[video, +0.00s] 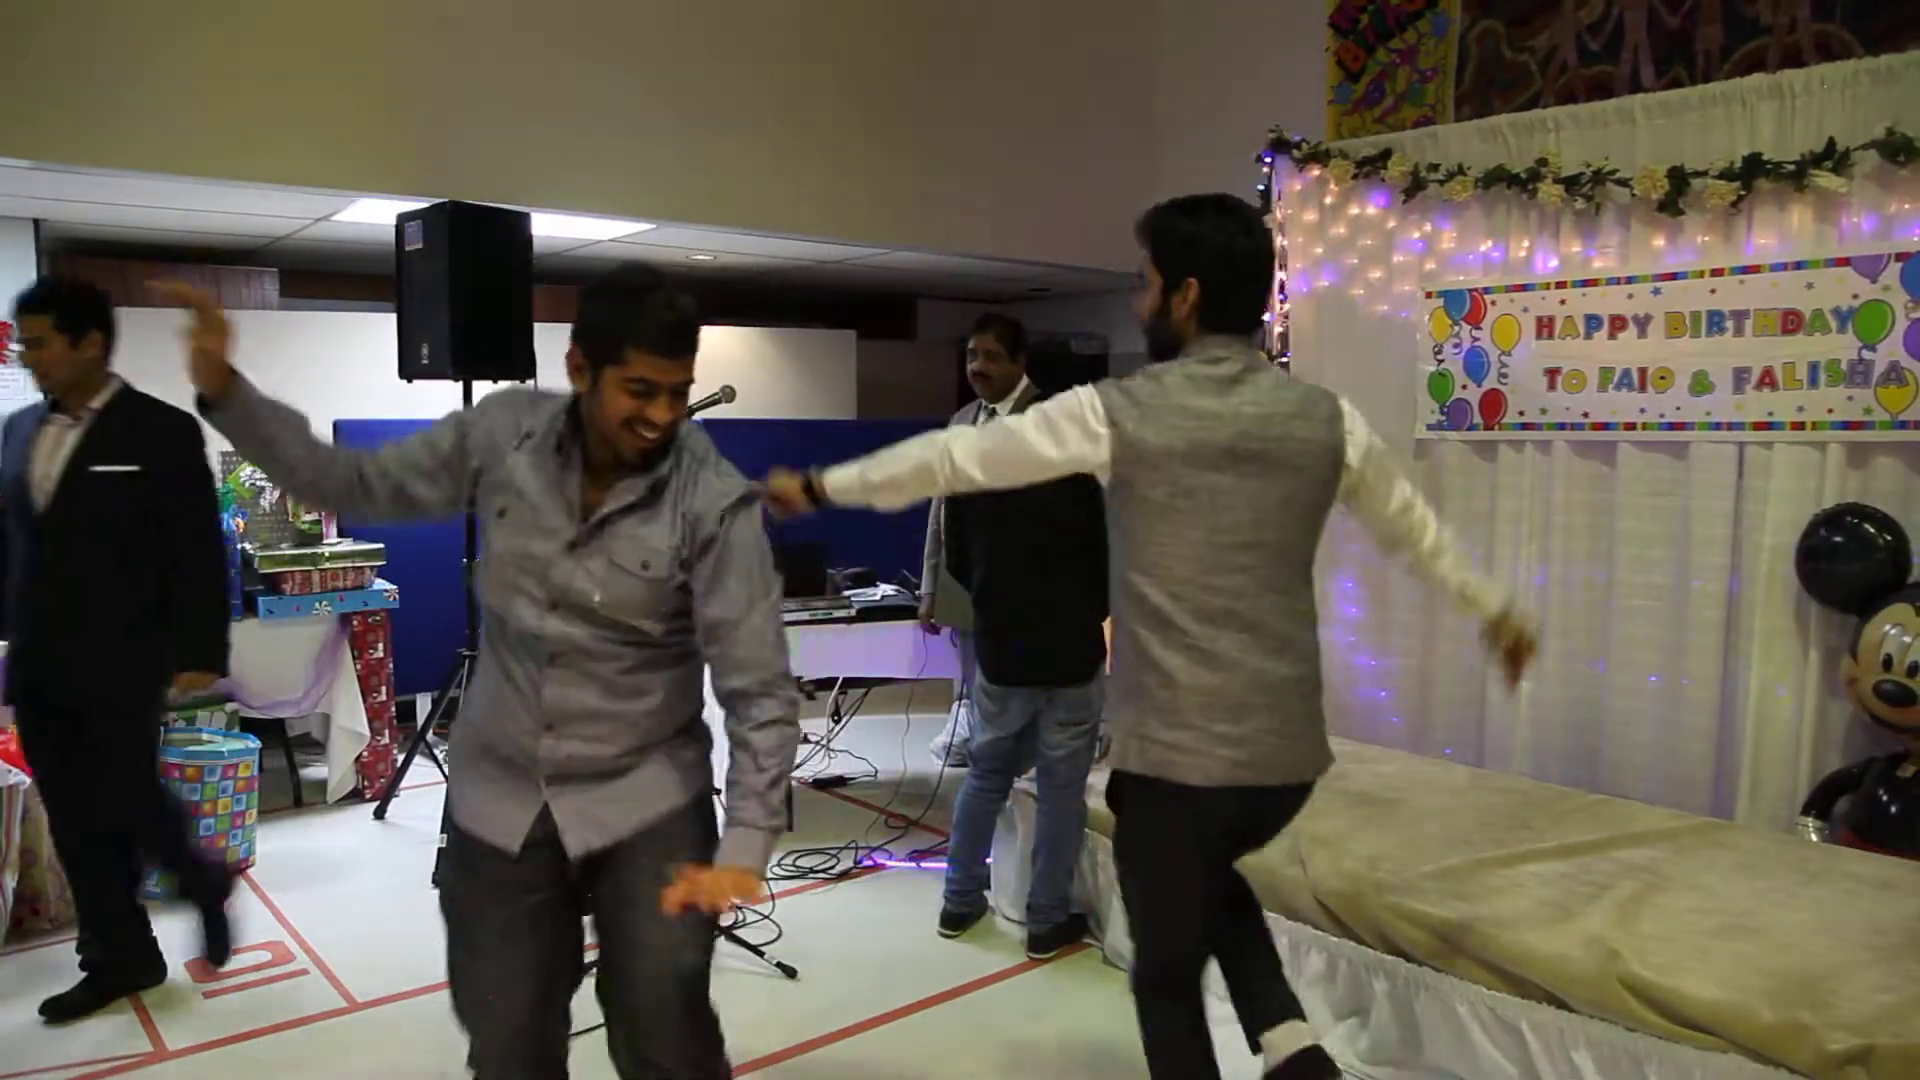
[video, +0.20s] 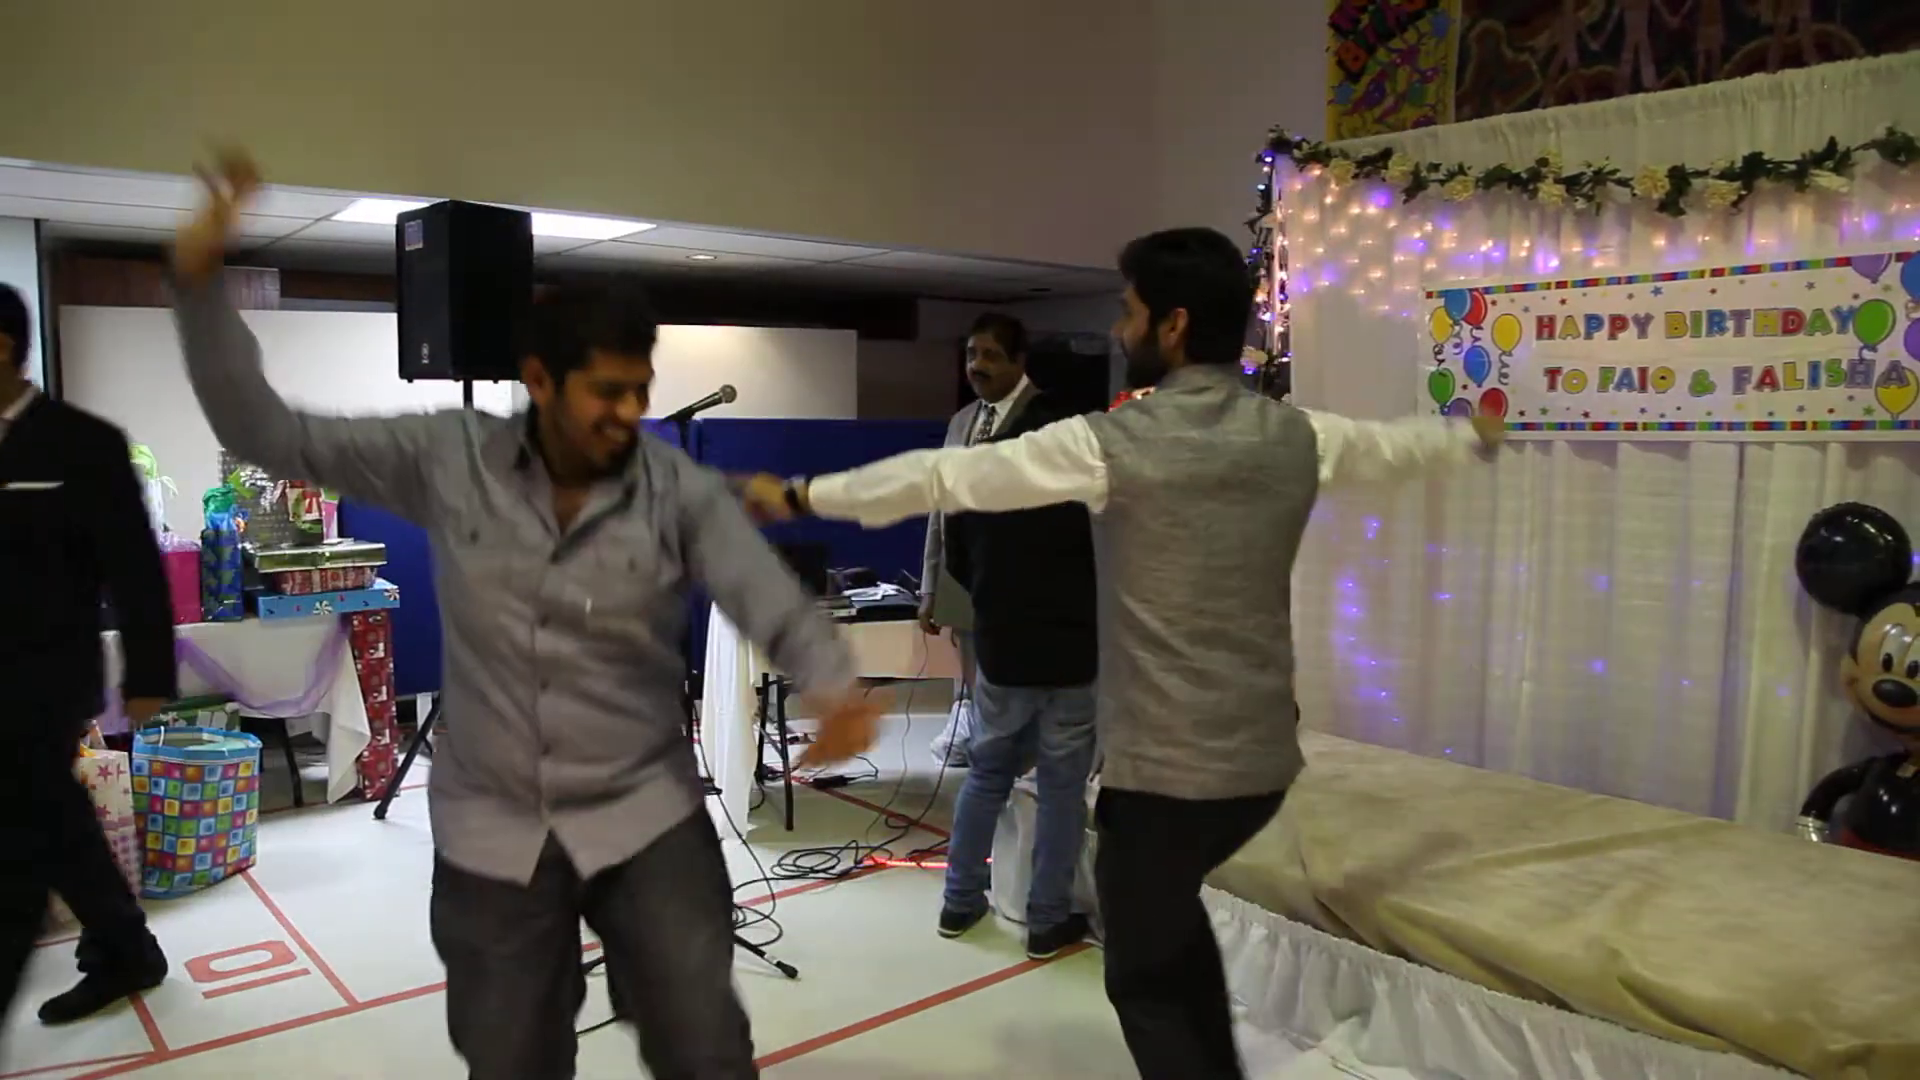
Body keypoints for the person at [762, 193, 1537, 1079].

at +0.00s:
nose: (1139, 299)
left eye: (1146, 282)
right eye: (1143, 280)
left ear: (1186, 295)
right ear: (1255, 296)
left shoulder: (1124, 411)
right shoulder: (1323, 416)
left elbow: (969, 455)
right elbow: (1415, 528)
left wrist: (825, 485)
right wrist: (1497, 612)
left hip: (1176, 762)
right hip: (1287, 758)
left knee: (1169, 982)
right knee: (1209, 871)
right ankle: (1289, 1045)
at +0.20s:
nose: (1119, 328)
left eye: (1129, 312)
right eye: (1121, 310)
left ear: (1172, 323)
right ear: (1227, 325)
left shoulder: (1123, 438)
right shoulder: (1298, 434)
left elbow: (965, 475)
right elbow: (1393, 447)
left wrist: (809, 495)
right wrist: (1471, 434)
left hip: (1164, 774)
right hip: (1258, 768)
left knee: (1145, 981)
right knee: (1159, 923)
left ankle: (1203, 1075)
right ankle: (1211, 1062)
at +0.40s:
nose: (1097, 324)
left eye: (1111, 308)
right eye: (1102, 306)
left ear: (1159, 325)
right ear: (1184, 325)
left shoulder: (1115, 442)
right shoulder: (1258, 416)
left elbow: (974, 530)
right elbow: (1315, 359)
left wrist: (828, 605)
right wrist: (1341, 298)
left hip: (1160, 748)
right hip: (1240, 734)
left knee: (1126, 939)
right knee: (1148, 908)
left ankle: (1174, 1075)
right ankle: (1162, 1062)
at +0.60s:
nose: (1083, 339)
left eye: (1100, 327)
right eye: (1088, 323)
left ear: (1154, 341)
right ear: (1171, 343)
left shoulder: (1124, 466)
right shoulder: (1214, 419)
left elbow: (1028, 602)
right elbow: (1205, 341)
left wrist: (927, 739)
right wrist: (1196, 243)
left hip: (1158, 725)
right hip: (1210, 710)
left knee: (1028, 860)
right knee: (1123, 888)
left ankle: (1171, 978)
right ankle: (1154, 1053)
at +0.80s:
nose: (1062, 338)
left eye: (1080, 325)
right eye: (1064, 322)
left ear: (1133, 339)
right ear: (1127, 337)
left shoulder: (1118, 472)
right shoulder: (1161, 401)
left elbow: (1094, 640)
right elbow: (1091, 299)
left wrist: (1067, 799)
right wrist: (1046, 220)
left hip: (1127, 724)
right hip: (1165, 701)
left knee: (1028, 872)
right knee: (1104, 883)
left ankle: (1134, 998)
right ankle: (1152, 1046)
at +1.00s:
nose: (1035, 338)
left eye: (1054, 325)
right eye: (1034, 323)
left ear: (1108, 337)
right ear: (1040, 331)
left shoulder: (1124, 462)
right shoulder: (1050, 399)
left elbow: (1170, 595)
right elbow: (982, 328)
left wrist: (1239, 745)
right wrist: (909, 235)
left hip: (1071, 727)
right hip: (1075, 714)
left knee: (977, 896)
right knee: (1080, 897)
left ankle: (1011, 1062)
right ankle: (1159, 1060)